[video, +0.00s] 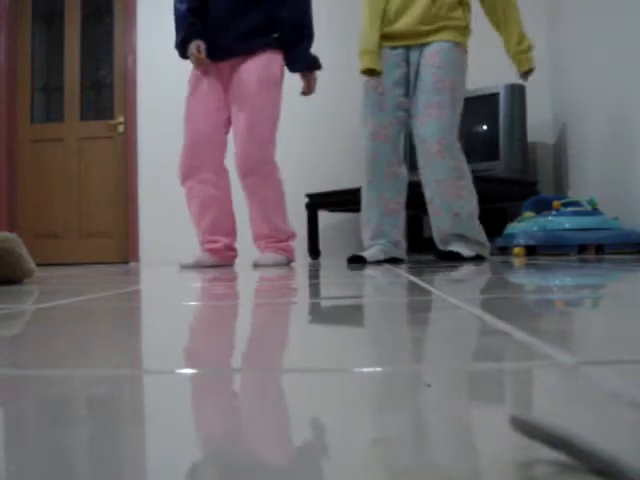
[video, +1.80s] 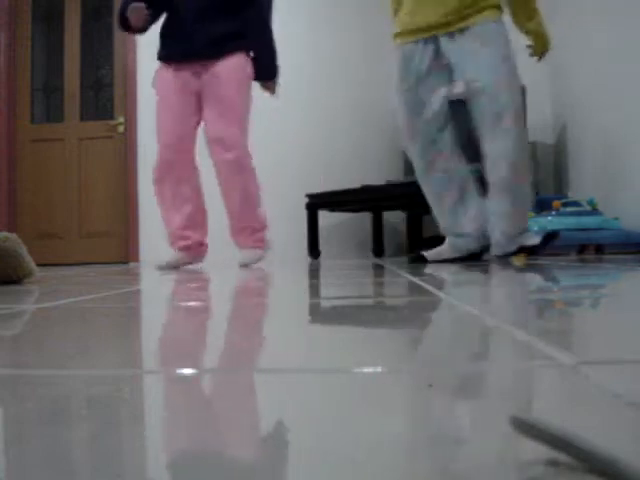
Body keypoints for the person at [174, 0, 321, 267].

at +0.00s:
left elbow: (295, 5)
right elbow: (184, 4)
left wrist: (302, 57)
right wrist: (190, 38)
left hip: (258, 56)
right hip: (208, 60)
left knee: (254, 159)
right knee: (199, 162)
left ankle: (276, 248)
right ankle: (217, 250)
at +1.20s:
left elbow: (315, 7)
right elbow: (199, 4)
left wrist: (324, 62)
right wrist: (198, 43)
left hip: (284, 60)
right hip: (229, 60)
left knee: (280, 158)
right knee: (232, 158)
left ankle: (282, 242)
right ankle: (222, 245)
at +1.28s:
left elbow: (309, 3)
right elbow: (186, 9)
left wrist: (322, 21)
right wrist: (165, 61)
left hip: (279, 67)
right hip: (227, 67)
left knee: (299, 154)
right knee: (241, 153)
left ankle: (294, 247)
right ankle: (211, 246)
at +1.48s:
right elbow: (170, 4)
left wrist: (293, 13)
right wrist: (140, 46)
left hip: (258, 60)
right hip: (206, 62)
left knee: (267, 153)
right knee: (209, 155)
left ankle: (282, 240)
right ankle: (208, 242)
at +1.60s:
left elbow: (281, 4)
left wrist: (282, 45)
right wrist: (134, 32)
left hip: (245, 59)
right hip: (192, 62)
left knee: (245, 158)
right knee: (185, 160)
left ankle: (275, 249)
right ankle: (199, 250)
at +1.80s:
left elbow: (258, 12)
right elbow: (147, 11)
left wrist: (266, 68)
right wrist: (132, 16)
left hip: (227, 58)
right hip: (175, 61)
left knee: (229, 149)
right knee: (172, 155)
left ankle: (251, 241)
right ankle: (188, 245)